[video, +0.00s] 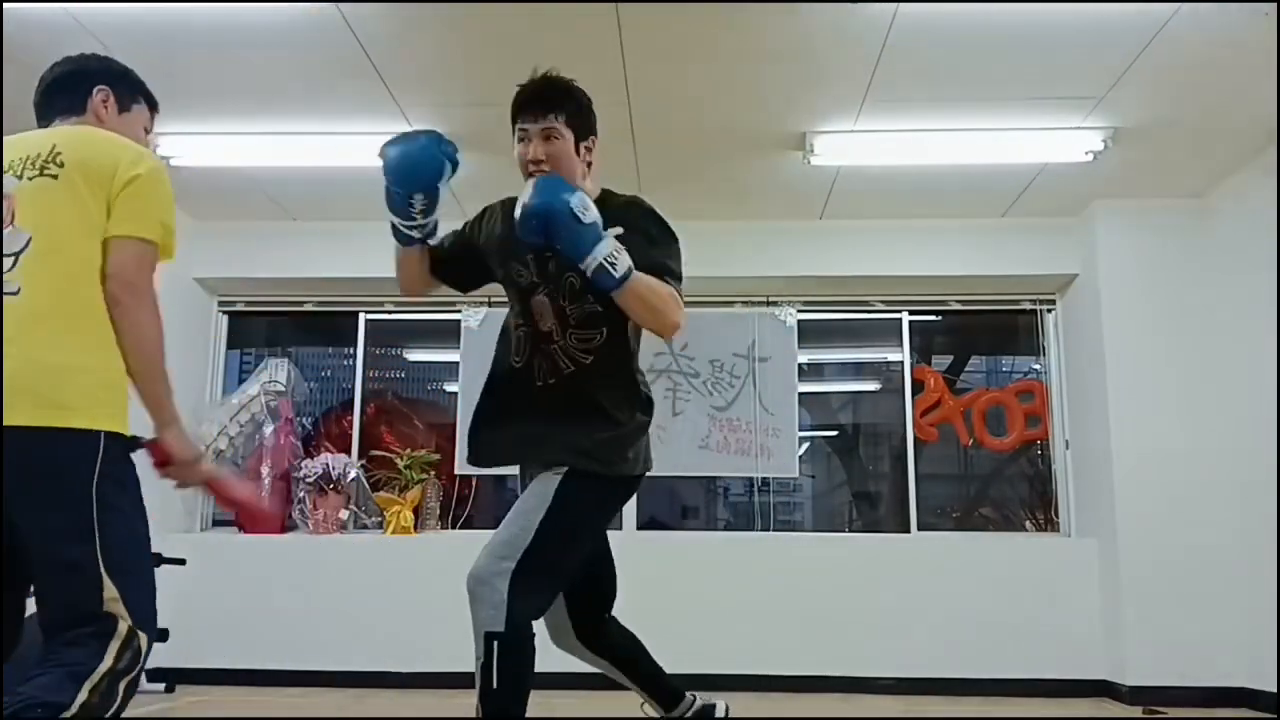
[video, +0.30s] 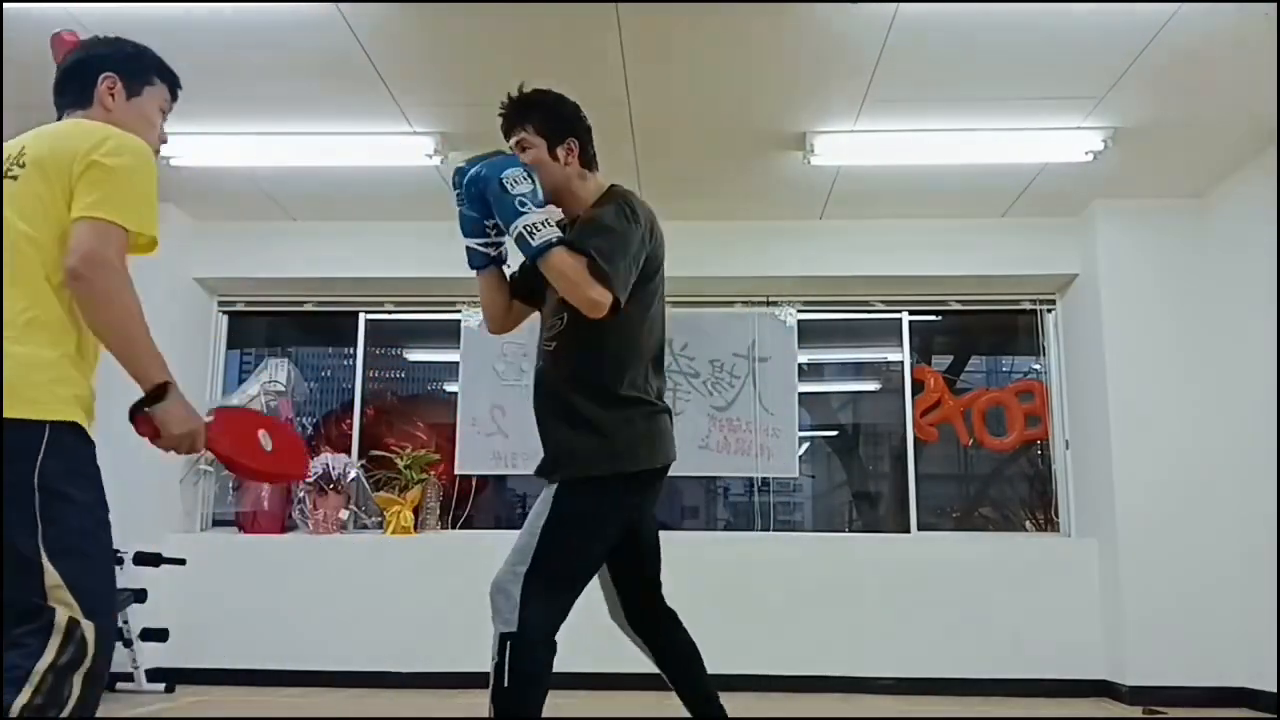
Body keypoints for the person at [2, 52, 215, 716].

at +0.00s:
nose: (149, 144)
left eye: (152, 131)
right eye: (145, 126)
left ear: (60, 111)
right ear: (103, 103)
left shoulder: (7, 154)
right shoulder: (127, 162)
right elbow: (126, 289)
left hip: (9, 423)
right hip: (63, 423)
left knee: (14, 626)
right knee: (107, 633)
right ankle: (32, 709)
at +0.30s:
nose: (164, 134)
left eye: (167, 118)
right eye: (161, 111)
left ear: (90, 98)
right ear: (110, 91)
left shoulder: (21, 150)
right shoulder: (111, 145)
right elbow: (90, 266)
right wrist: (162, 391)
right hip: (31, 411)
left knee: (39, 624)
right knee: (70, 630)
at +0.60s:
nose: (262, 113)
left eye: (264, 94)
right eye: (256, 87)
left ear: (208, 76)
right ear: (205, 69)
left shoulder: (173, 188)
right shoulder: (131, 143)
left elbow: (134, 302)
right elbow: (73, 296)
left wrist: (228, 307)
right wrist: (147, 434)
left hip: (73, 432)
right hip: (37, 424)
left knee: (76, 634)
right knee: (72, 634)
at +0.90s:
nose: (327, 179)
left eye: (329, 168)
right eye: (325, 165)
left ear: (247, 155)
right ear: (286, 150)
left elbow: (65, 317)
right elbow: (455, 237)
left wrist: (92, 397)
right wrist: (524, 209)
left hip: (125, 449)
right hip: (202, 443)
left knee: (247, 605)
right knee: (152, 650)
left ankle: (237, 715)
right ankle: (70, 713)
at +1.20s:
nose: (451, 180)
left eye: (454, 166)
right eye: (447, 160)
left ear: (408, 151)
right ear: (406, 146)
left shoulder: (366, 233)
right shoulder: (368, 185)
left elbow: (306, 350)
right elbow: (295, 220)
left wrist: (384, 395)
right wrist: (384, 305)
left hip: (302, 426)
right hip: (283, 418)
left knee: (325, 609)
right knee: (312, 603)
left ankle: (294, 711)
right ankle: (248, 711)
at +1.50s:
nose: (521, 152)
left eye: (524, 139)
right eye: (515, 133)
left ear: (476, 128)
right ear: (473, 123)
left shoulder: (495, 212)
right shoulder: (394, 183)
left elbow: (574, 236)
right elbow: (369, 284)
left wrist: (643, 197)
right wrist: (482, 256)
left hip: (421, 441)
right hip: (346, 431)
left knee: (462, 594)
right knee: (388, 619)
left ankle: (411, 710)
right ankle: (339, 711)